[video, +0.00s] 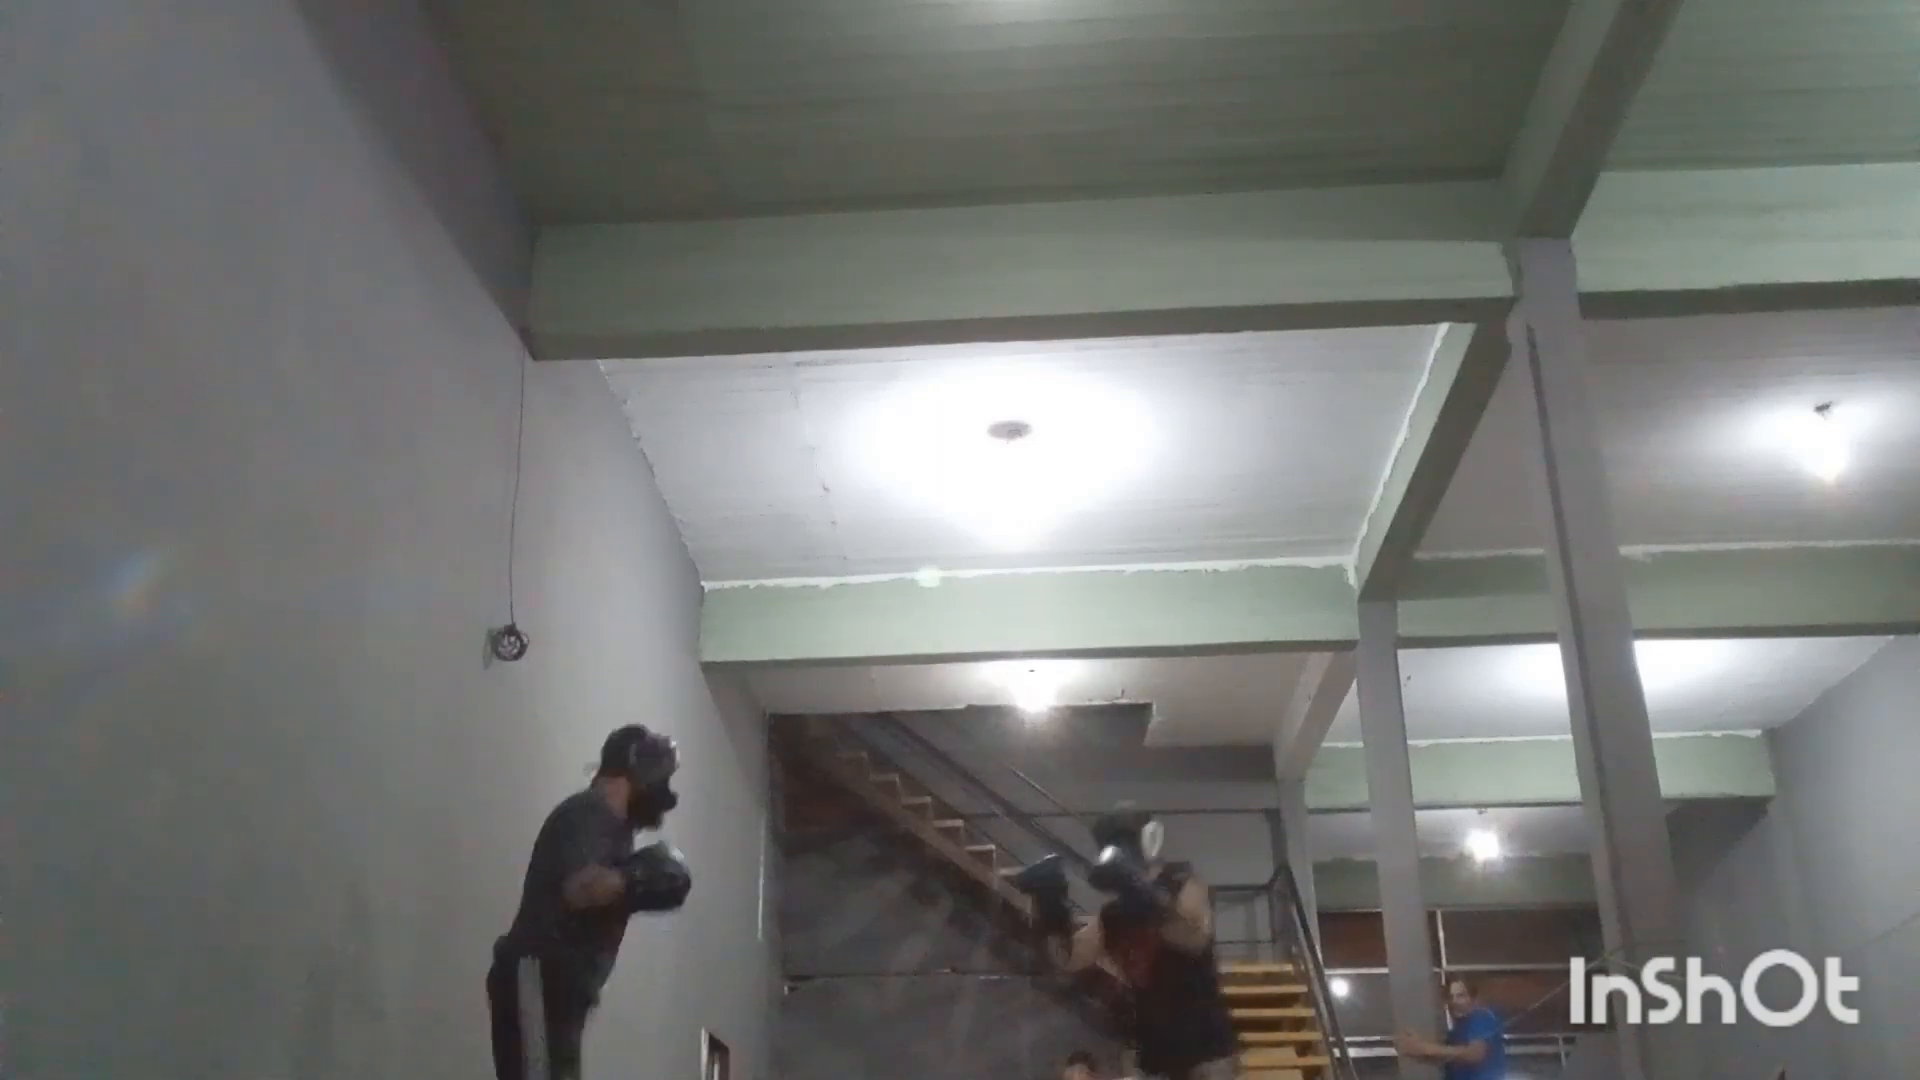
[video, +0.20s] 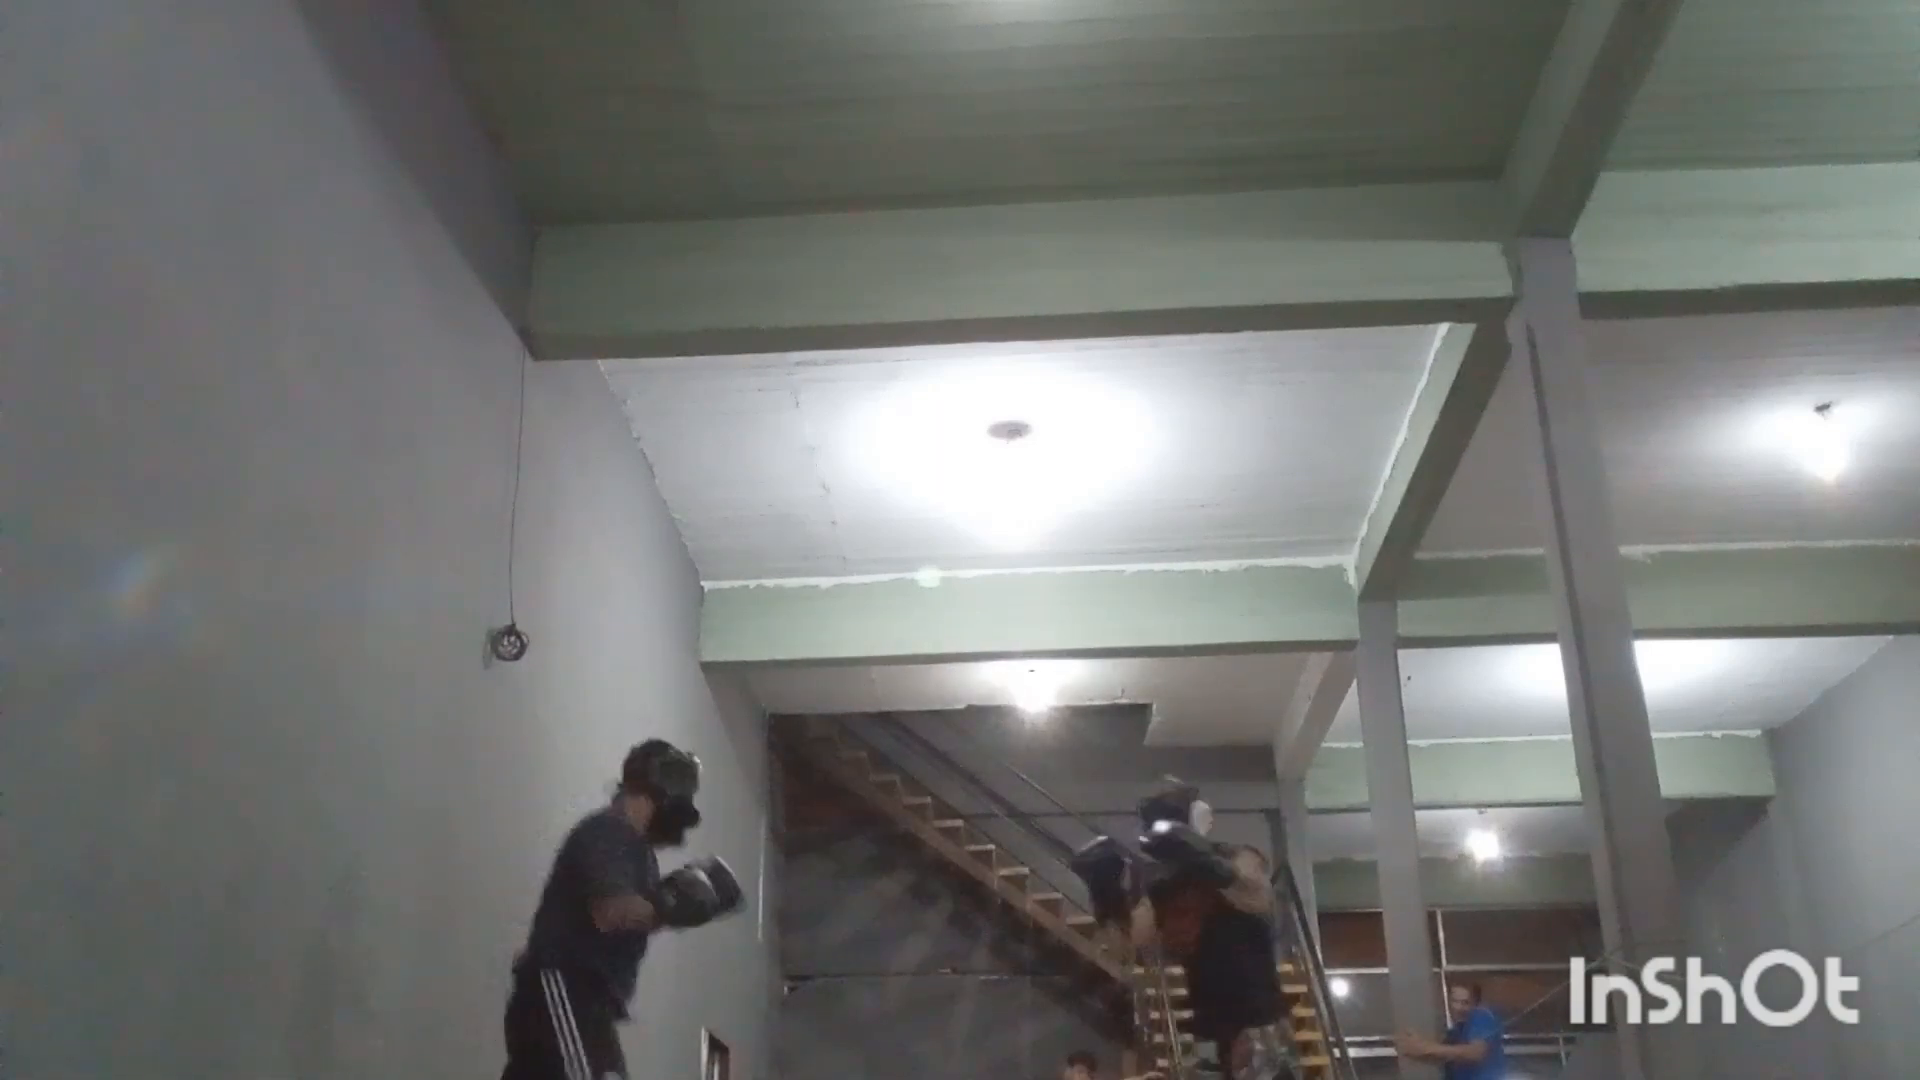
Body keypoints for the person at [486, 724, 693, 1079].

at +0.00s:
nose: (668, 794)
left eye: (668, 781)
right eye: (662, 779)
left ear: (633, 772)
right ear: (636, 772)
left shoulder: (614, 825)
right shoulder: (587, 814)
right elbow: (579, 889)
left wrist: (647, 883)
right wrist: (639, 873)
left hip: (563, 973)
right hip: (536, 970)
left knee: (561, 1069)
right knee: (537, 1070)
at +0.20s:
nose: (687, 811)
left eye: (688, 799)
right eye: (682, 798)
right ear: (659, 791)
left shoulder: (637, 849)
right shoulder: (606, 833)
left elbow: (625, 911)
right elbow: (610, 912)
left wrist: (681, 895)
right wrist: (671, 902)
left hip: (587, 989)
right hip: (558, 981)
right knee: (591, 1070)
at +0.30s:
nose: (723, 814)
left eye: (722, 799)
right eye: (717, 798)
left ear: (685, 792)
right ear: (693, 793)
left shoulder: (664, 849)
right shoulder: (634, 836)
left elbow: (651, 928)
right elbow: (643, 918)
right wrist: (705, 891)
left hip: (623, 997)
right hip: (594, 989)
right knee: (629, 1069)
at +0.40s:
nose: (770, 795)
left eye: (770, 783)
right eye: (763, 781)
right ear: (738, 776)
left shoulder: (711, 825)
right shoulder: (685, 812)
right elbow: (711, 886)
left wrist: (725, 961)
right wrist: (770, 846)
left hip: (678, 970)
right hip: (640, 965)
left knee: (701, 1064)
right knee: (669, 1068)